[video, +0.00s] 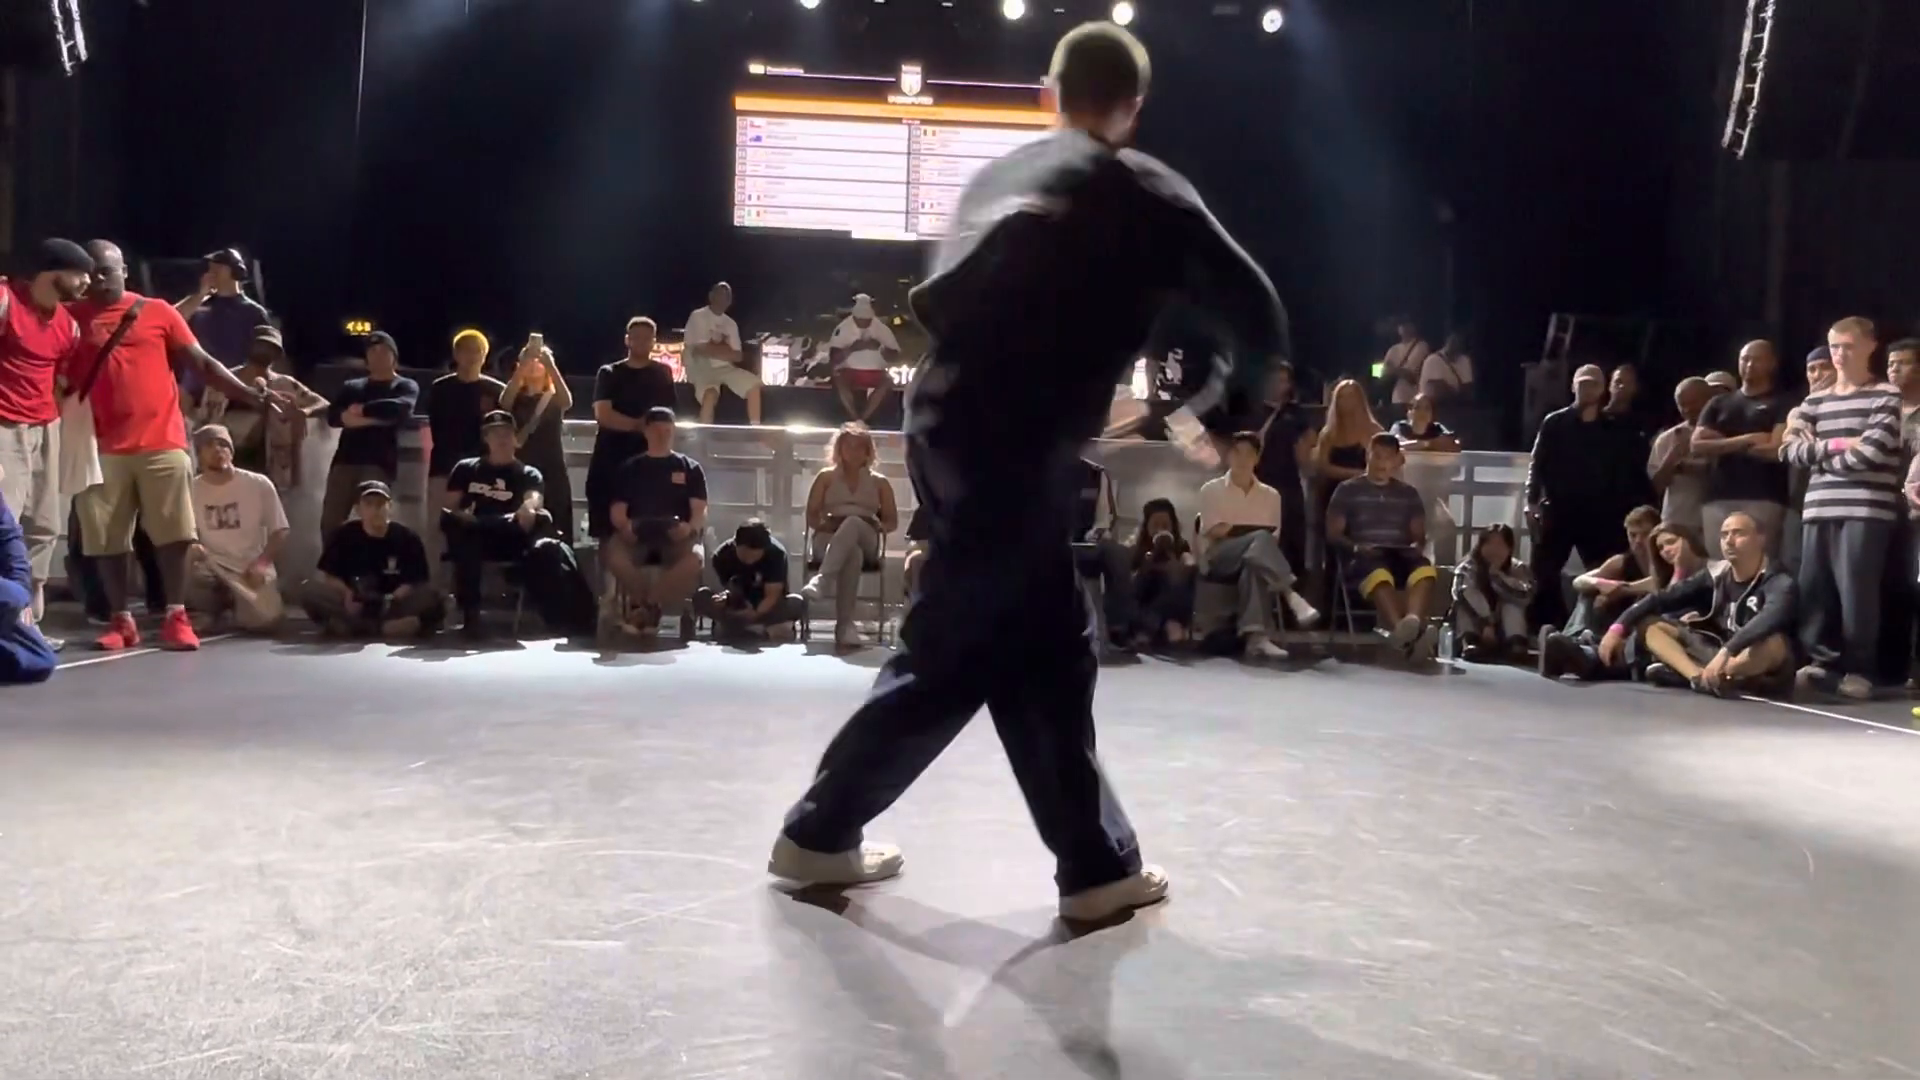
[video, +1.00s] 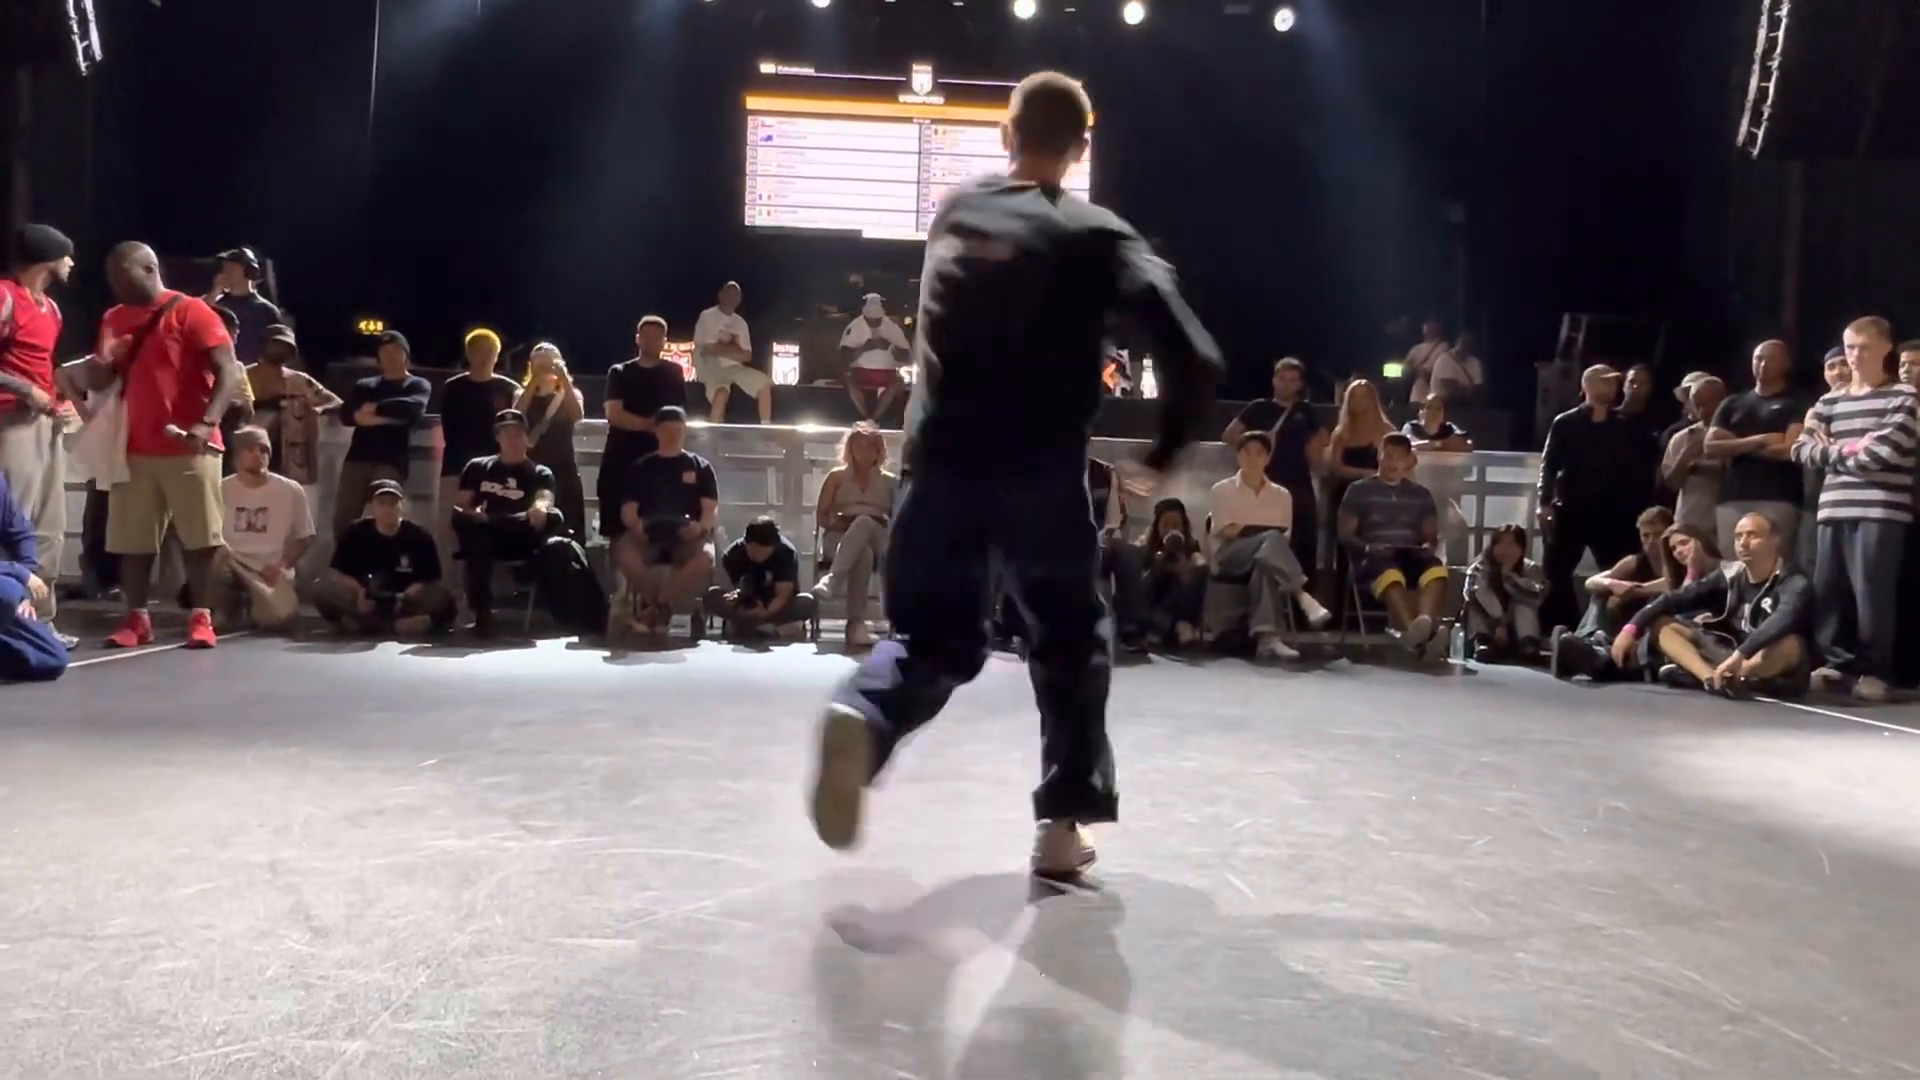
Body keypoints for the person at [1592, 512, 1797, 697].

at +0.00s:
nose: (1729, 541)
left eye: (1738, 534)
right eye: (1725, 535)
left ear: (1760, 539)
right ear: (1719, 541)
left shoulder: (1779, 582)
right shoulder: (1716, 575)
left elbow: (1774, 616)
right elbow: (1663, 599)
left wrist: (1727, 650)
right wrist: (1618, 629)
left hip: (1762, 667)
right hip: (1719, 654)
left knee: (1774, 644)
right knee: (1653, 630)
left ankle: (1701, 679)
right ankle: (1699, 678)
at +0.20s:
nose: (1731, 542)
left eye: (1740, 535)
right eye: (1727, 536)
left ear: (1762, 539)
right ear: (1721, 541)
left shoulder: (1782, 582)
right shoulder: (1718, 575)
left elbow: (1774, 617)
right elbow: (1665, 599)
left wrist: (1729, 650)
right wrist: (1620, 628)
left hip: (1765, 666)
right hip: (1721, 654)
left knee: (1776, 643)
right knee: (1654, 629)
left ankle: (1703, 679)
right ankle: (1701, 678)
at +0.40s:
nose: (1734, 540)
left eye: (1744, 534)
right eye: (1730, 535)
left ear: (1766, 539)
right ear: (1725, 540)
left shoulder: (1785, 582)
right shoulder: (1722, 573)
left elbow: (1773, 619)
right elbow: (1669, 598)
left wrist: (1731, 651)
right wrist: (1622, 628)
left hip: (1766, 668)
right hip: (1723, 654)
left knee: (1780, 643)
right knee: (1657, 630)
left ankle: (1703, 679)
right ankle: (1704, 678)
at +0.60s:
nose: (1736, 541)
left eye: (1745, 534)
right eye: (1732, 535)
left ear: (1767, 538)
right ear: (1727, 540)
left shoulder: (1788, 581)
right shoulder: (1725, 573)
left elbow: (1778, 618)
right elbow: (1673, 597)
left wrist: (1735, 650)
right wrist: (1626, 626)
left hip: (1769, 665)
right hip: (1727, 652)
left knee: (1784, 642)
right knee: (1661, 629)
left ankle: (1710, 677)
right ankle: (1707, 677)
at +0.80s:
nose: (1740, 541)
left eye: (1750, 534)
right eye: (1736, 535)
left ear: (1771, 539)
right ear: (1731, 541)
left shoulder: (1791, 583)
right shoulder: (1728, 574)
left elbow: (1781, 620)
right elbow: (1675, 598)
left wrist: (1738, 652)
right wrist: (1628, 629)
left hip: (1772, 666)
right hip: (1729, 654)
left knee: (1787, 643)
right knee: (1663, 630)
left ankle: (1712, 678)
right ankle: (1709, 678)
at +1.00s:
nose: (1743, 543)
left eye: (1752, 536)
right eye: (1739, 537)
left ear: (1774, 541)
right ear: (1733, 542)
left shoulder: (1794, 583)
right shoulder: (1731, 575)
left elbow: (1784, 620)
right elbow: (1678, 598)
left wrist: (1741, 654)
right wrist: (1631, 629)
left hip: (1776, 669)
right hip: (1733, 656)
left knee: (1789, 645)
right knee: (1665, 630)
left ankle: (1716, 679)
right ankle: (1711, 679)